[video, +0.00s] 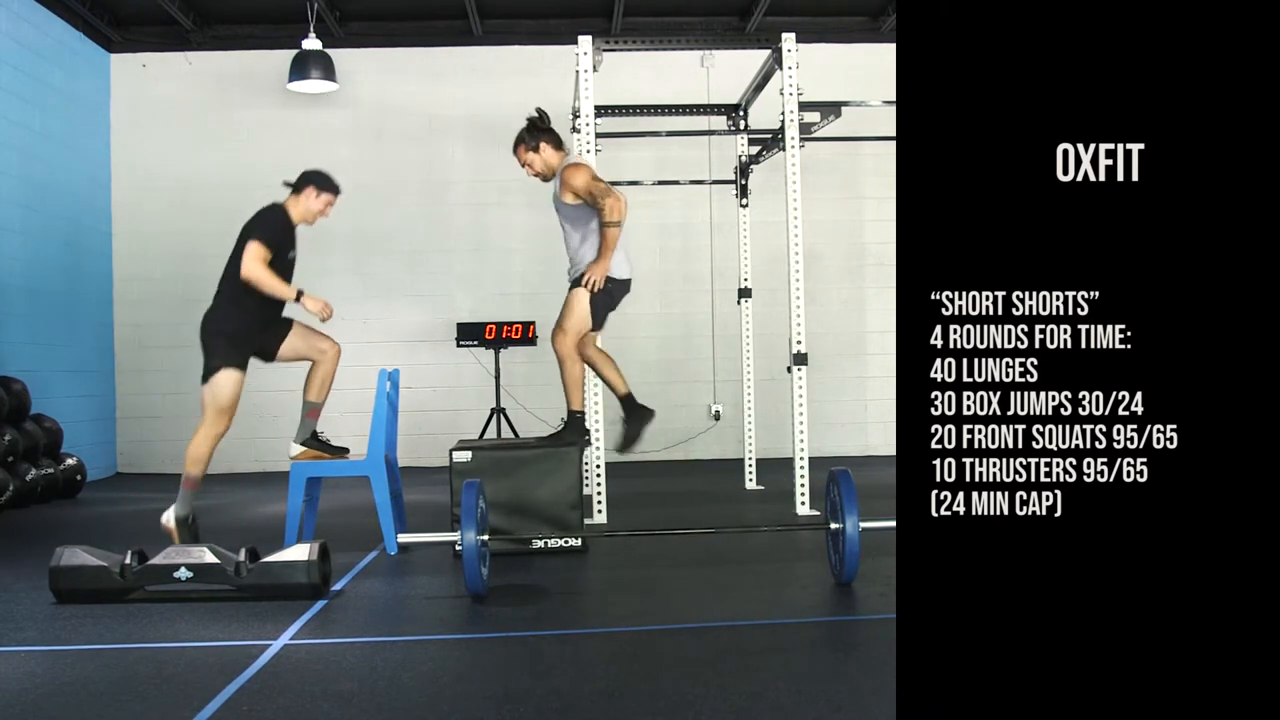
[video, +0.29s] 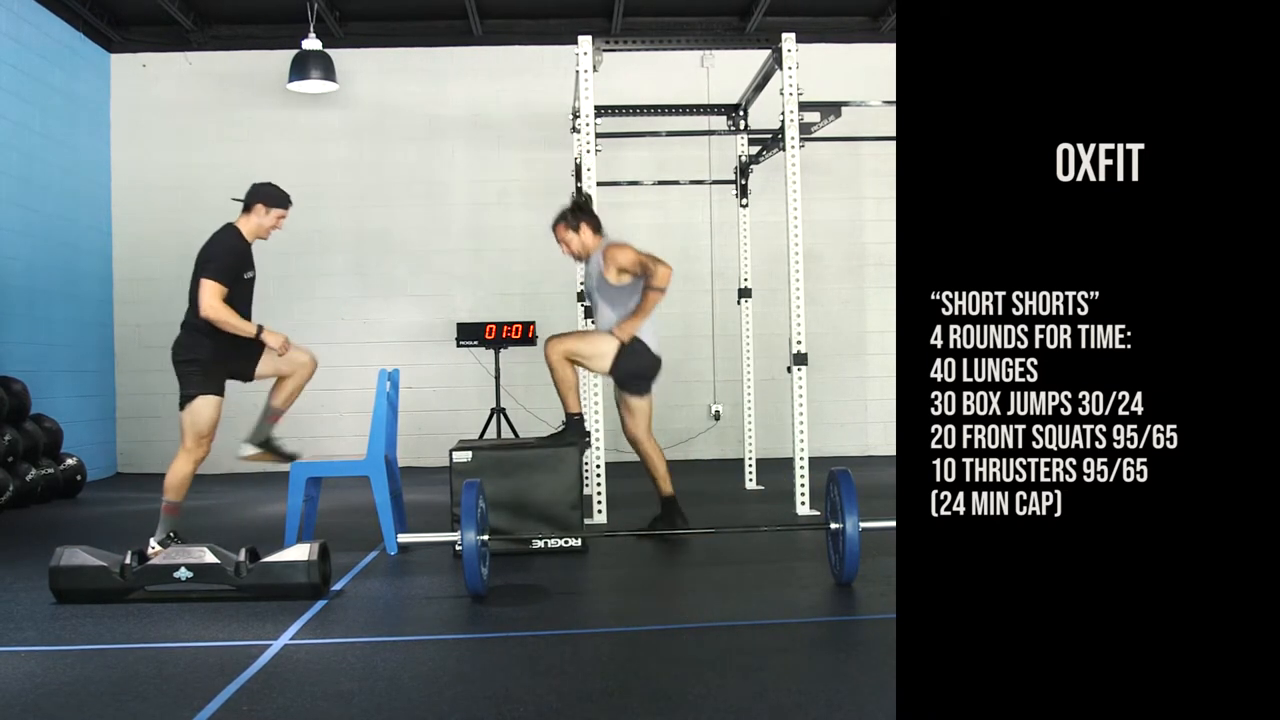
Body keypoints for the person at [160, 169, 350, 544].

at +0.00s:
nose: (327, 212)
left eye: (330, 206)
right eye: (326, 204)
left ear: (310, 197)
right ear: (308, 194)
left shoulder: (285, 229)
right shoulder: (271, 219)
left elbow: (257, 278)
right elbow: (251, 269)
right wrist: (303, 297)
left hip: (261, 327)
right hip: (229, 326)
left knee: (327, 350)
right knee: (216, 422)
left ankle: (307, 438)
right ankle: (180, 512)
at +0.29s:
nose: (280, 226)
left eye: (282, 220)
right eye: (277, 218)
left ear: (260, 213)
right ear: (258, 210)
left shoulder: (241, 246)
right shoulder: (225, 245)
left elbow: (225, 307)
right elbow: (210, 308)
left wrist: (254, 341)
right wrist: (263, 333)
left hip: (230, 348)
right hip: (201, 351)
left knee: (302, 363)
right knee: (196, 448)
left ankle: (260, 439)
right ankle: (163, 537)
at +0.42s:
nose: (271, 219)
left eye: (273, 213)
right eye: (268, 211)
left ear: (251, 208)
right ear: (248, 206)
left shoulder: (236, 245)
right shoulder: (219, 242)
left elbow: (214, 304)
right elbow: (197, 303)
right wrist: (249, 332)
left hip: (226, 355)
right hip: (197, 354)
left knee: (277, 414)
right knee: (187, 446)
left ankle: (220, 483)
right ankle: (162, 537)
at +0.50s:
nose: (268, 218)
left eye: (270, 212)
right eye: (265, 210)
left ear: (249, 208)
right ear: (243, 205)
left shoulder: (236, 245)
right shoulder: (218, 242)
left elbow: (218, 302)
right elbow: (192, 300)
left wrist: (240, 344)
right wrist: (242, 334)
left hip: (225, 359)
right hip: (199, 359)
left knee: (243, 441)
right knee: (195, 448)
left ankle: (202, 524)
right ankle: (163, 537)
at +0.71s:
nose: (277, 215)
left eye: (279, 208)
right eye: (274, 207)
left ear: (256, 204)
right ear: (252, 201)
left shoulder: (244, 243)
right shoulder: (224, 237)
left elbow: (225, 304)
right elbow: (194, 291)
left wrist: (253, 335)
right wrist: (230, 329)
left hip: (216, 350)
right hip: (206, 351)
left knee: (210, 449)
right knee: (281, 397)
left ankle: (193, 531)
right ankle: (216, 457)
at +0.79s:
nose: (283, 218)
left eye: (285, 212)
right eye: (280, 210)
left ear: (263, 206)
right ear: (260, 203)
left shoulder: (248, 243)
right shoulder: (230, 237)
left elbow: (234, 301)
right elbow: (200, 292)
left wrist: (264, 329)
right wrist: (231, 333)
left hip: (215, 345)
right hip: (210, 344)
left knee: (215, 443)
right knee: (298, 357)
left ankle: (192, 531)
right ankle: (242, 428)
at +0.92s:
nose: (292, 229)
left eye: (295, 222)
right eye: (290, 221)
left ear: (274, 217)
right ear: (269, 214)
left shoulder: (258, 253)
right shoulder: (237, 246)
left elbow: (248, 307)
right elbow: (209, 303)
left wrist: (279, 339)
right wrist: (243, 346)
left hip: (222, 351)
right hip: (216, 347)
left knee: (238, 447)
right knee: (306, 336)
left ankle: (195, 528)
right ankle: (292, 424)